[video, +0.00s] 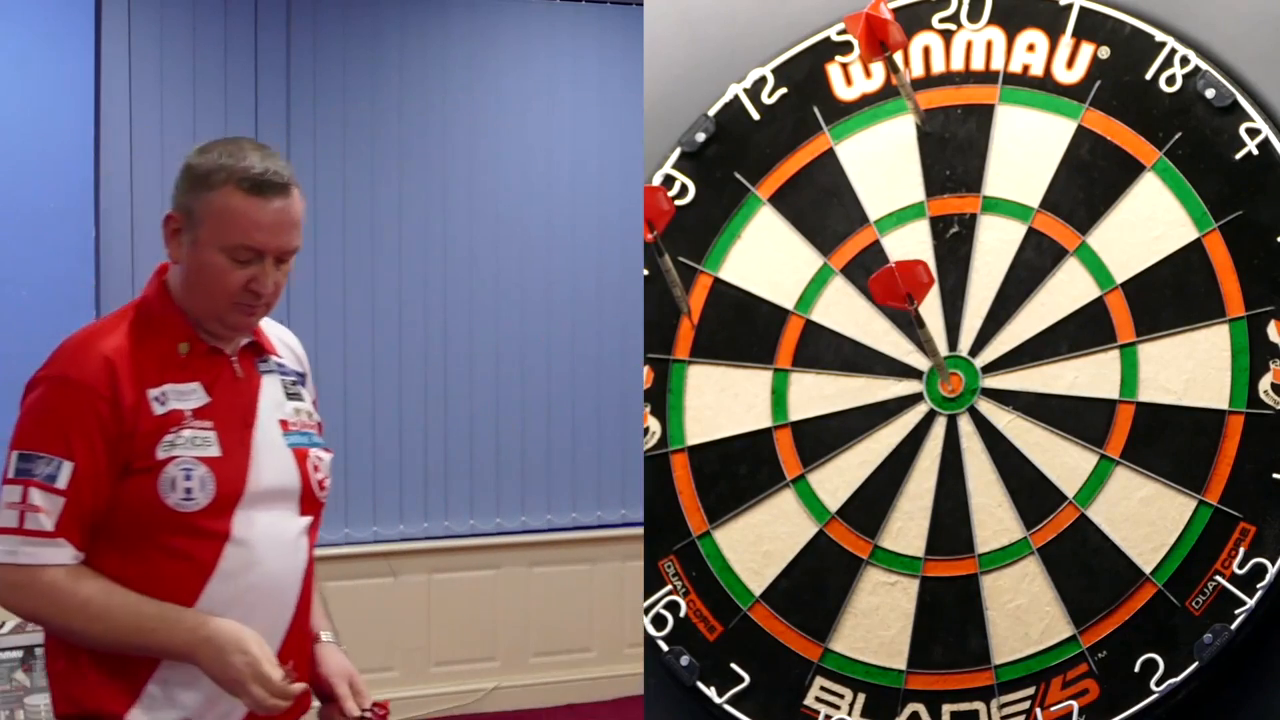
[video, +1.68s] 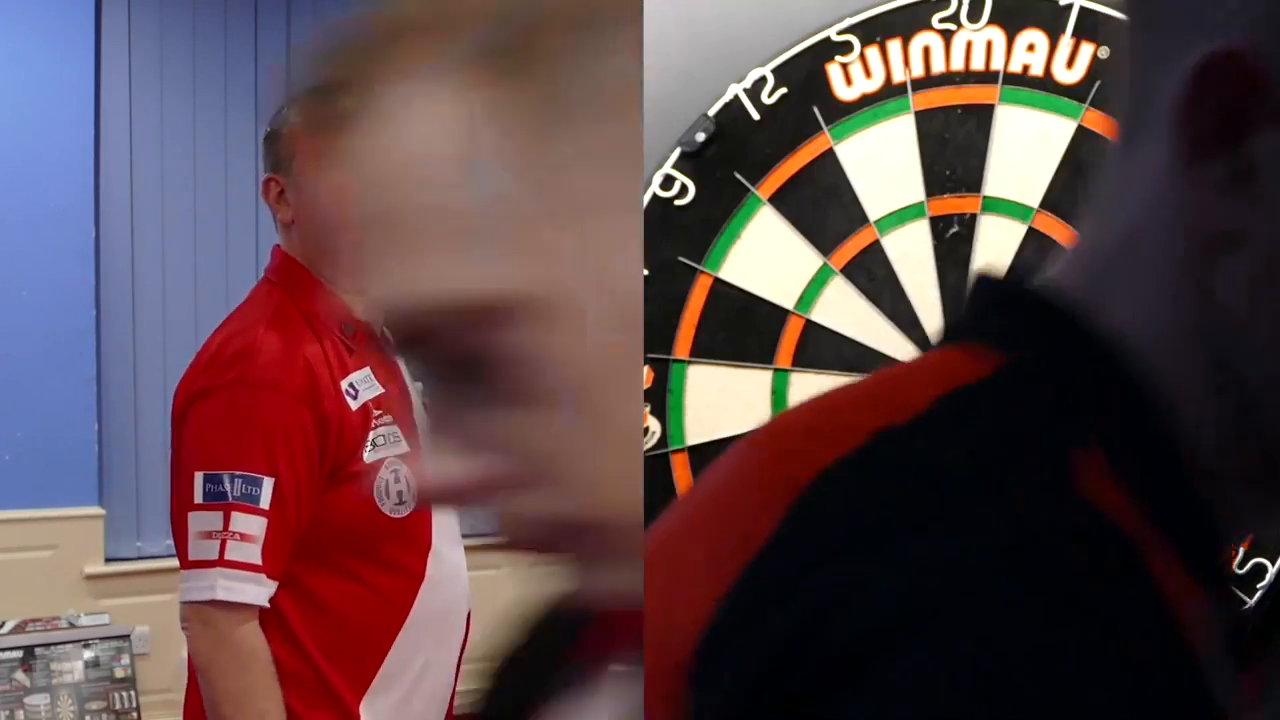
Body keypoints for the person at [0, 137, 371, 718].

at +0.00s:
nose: (266, 284)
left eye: (283, 259)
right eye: (243, 257)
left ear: (296, 250)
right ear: (176, 238)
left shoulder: (284, 355)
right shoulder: (92, 370)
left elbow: (284, 533)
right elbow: (21, 571)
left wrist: (322, 643)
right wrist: (199, 637)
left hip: (278, 702)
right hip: (139, 708)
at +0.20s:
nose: (305, 239)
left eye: (319, 214)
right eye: (276, 213)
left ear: (331, 221)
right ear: (209, 224)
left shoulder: (309, 346)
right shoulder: (140, 362)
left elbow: (316, 532)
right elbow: (75, 572)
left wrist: (362, 652)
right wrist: (263, 630)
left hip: (311, 704)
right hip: (184, 708)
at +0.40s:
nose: (321, 212)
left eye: (333, 190)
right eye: (290, 189)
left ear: (346, 204)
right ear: (225, 216)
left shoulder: (313, 340)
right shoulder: (186, 346)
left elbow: (323, 541)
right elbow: (126, 568)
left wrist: (388, 667)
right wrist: (330, 630)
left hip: (339, 702)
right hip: (228, 704)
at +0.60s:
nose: (341, 201)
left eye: (352, 181)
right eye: (308, 179)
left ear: (365, 199)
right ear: (242, 211)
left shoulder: (310, 337)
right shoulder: (227, 338)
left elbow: (316, 543)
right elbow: (187, 568)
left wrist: (400, 663)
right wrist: (399, 622)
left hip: (355, 703)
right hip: (263, 704)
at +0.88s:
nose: (375, 193)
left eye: (385, 172)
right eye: (339, 171)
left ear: (397, 193)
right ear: (271, 208)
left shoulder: (331, 336)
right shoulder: (275, 345)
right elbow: (261, 589)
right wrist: (482, 643)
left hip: (371, 701)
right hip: (308, 704)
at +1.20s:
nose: (385, 183)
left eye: (395, 164)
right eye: (349, 163)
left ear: (409, 186)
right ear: (279, 204)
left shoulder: (346, 331)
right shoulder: (276, 354)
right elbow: (256, 608)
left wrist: (433, 690)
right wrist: (424, 709)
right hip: (311, 707)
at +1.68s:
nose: (376, 201)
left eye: (382, 175)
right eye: (350, 177)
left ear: (401, 185)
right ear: (281, 199)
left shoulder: (363, 340)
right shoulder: (260, 364)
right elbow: (218, 618)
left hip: (404, 698)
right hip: (320, 705)